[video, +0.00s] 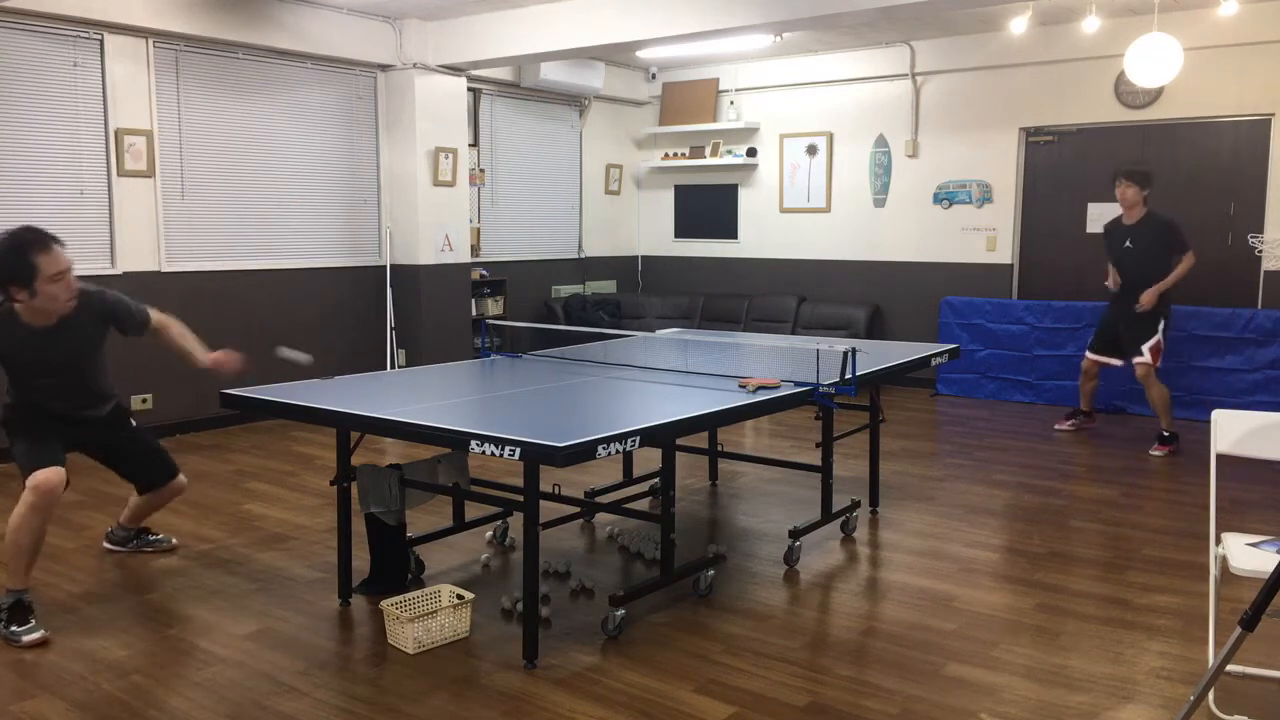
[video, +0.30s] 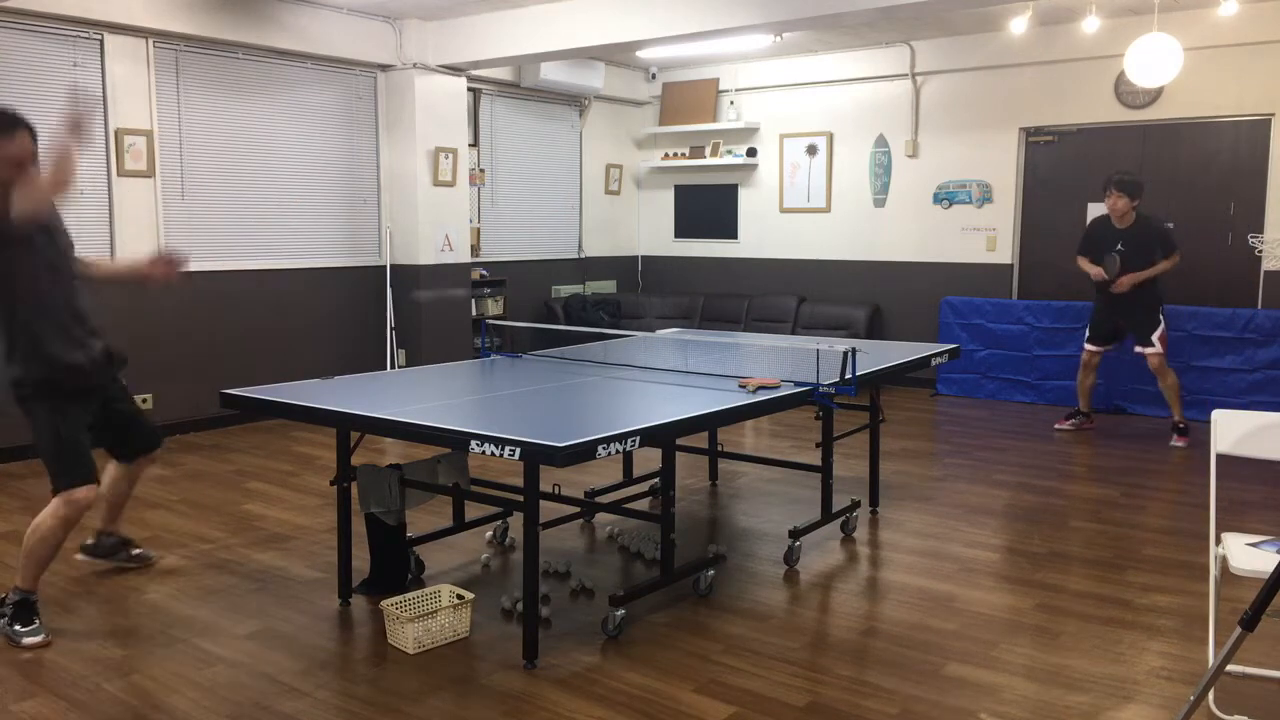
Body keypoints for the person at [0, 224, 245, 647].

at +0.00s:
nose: (72, 285)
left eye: (70, 272)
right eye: (57, 279)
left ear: (72, 267)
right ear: (20, 293)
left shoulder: (94, 303)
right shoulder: (7, 328)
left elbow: (161, 323)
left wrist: (203, 356)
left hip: (97, 413)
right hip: (34, 418)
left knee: (168, 484)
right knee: (47, 482)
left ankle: (123, 531)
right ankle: (14, 600)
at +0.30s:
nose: (25, 169)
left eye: (29, 159)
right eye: (14, 162)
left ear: (37, 157)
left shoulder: (40, 209)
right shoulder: (10, 212)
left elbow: (76, 265)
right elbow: (50, 191)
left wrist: (140, 269)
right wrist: (71, 137)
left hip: (85, 359)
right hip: (40, 372)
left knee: (139, 444)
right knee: (76, 492)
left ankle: (104, 537)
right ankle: (19, 601)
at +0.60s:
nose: (72, 155)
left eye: (67, 146)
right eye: (61, 147)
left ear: (30, 165)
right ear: (27, 163)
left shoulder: (40, 218)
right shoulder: (17, 217)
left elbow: (56, 298)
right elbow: (105, 226)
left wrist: (122, 282)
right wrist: (125, 164)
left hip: (64, 379)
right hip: (35, 383)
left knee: (111, 471)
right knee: (75, 504)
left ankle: (56, 565)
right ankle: (8, 636)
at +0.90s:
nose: (121, 150)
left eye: (117, 140)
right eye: (110, 142)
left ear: (80, 155)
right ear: (77, 154)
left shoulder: (79, 210)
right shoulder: (45, 213)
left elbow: (76, 286)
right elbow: (77, 301)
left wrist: (127, 288)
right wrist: (147, 272)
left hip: (57, 368)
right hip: (17, 374)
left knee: (103, 453)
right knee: (44, 483)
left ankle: (62, 546)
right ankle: (9, 618)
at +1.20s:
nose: (145, 220)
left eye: (141, 209)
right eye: (134, 213)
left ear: (104, 226)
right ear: (100, 227)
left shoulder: (104, 267)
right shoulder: (62, 279)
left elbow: (104, 318)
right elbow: (51, 373)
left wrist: (158, 352)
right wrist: (134, 370)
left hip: (64, 402)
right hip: (20, 407)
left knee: (137, 465)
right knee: (85, 487)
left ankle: (109, 550)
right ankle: (19, 617)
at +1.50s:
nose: (119, 275)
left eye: (115, 264)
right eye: (106, 269)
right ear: (66, 287)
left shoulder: (119, 310)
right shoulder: (16, 334)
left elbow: (167, 340)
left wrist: (194, 365)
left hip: (102, 431)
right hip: (36, 437)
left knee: (169, 493)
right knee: (88, 500)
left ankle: (111, 551)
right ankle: (68, 646)